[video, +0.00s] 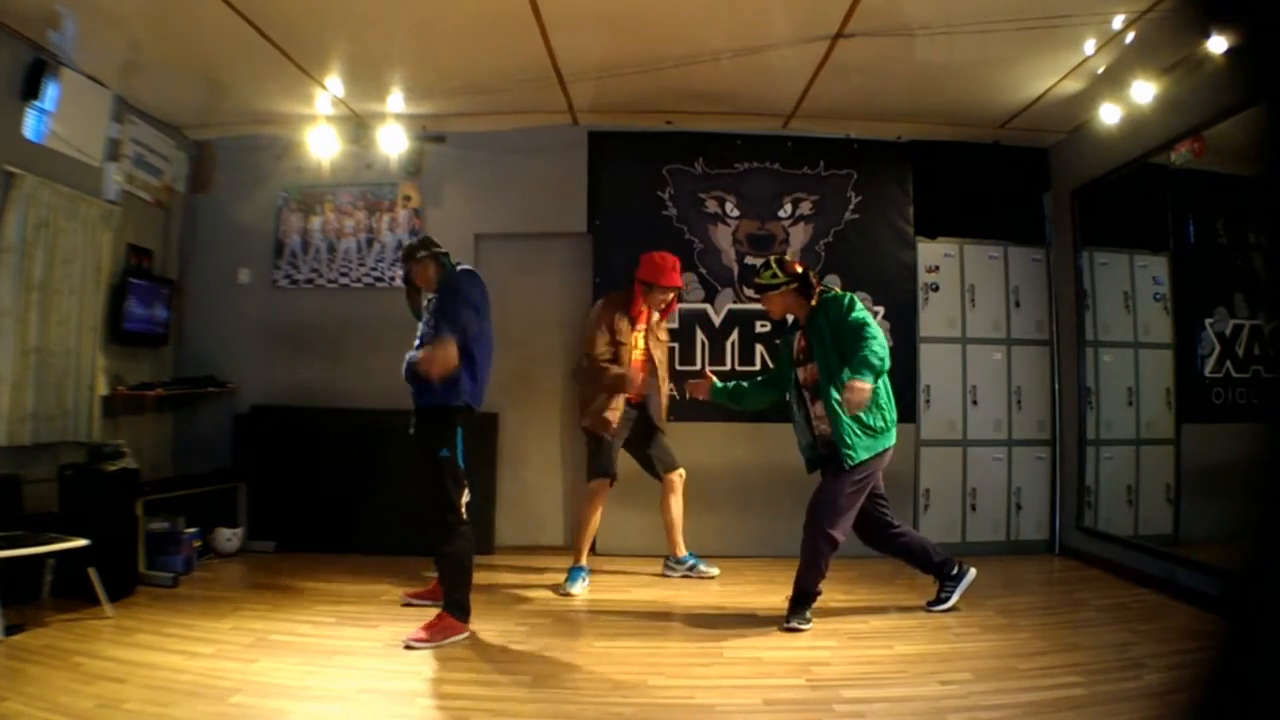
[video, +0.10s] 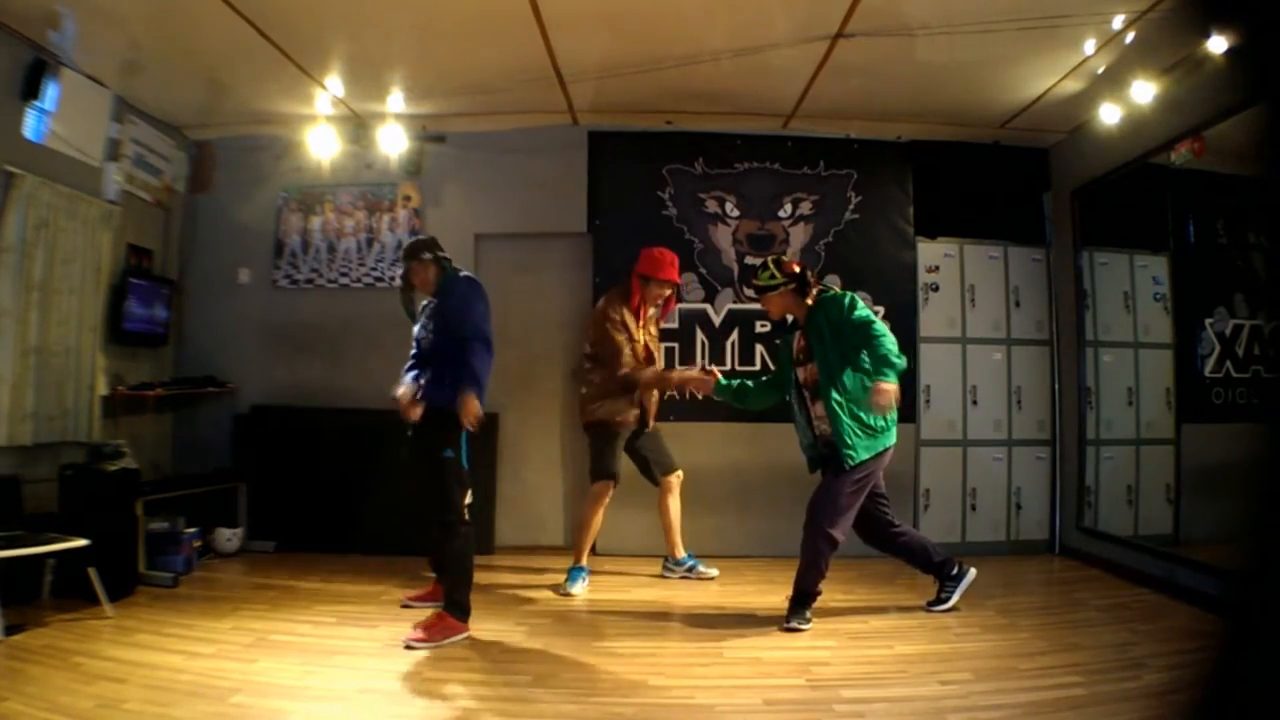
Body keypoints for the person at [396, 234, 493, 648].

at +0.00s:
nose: (415, 282)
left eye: (415, 272)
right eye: (411, 275)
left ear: (429, 263)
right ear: (426, 266)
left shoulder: (461, 285)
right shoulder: (445, 292)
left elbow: (445, 356)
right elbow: (424, 344)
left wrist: (412, 359)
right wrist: (427, 359)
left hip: (452, 413)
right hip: (435, 412)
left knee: (454, 509)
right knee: (439, 501)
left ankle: (456, 614)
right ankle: (445, 582)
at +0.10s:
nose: (413, 282)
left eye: (414, 273)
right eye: (409, 275)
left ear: (430, 264)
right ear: (419, 270)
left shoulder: (465, 289)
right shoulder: (433, 301)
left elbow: (477, 343)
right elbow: (422, 351)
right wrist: (410, 382)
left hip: (455, 415)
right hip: (429, 414)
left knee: (455, 508)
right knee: (433, 499)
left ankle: (456, 614)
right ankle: (443, 581)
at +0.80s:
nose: (470, 263)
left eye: (478, 255)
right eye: (463, 254)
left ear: (487, 257)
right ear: (447, 251)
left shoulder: (496, 302)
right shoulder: (416, 290)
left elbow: (502, 366)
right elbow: (393, 349)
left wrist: (494, 419)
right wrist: (394, 406)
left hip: (472, 413)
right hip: (427, 410)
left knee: (470, 505)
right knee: (433, 498)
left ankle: (470, 597)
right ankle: (447, 581)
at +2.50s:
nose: (440, 256)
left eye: (448, 248)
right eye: (433, 248)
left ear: (464, 248)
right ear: (423, 252)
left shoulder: (489, 288)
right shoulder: (420, 293)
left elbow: (507, 349)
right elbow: (416, 348)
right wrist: (377, 375)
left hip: (486, 404)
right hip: (443, 404)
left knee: (475, 486)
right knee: (431, 474)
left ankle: (477, 573)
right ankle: (437, 537)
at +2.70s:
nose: (430, 274)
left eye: (437, 266)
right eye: (424, 266)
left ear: (452, 267)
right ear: (416, 268)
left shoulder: (477, 294)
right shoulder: (412, 315)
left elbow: (518, 272)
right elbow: (382, 326)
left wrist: (478, 284)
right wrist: (366, 315)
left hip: (488, 421)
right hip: (445, 425)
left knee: (486, 501)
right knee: (438, 508)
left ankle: (493, 563)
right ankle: (441, 600)